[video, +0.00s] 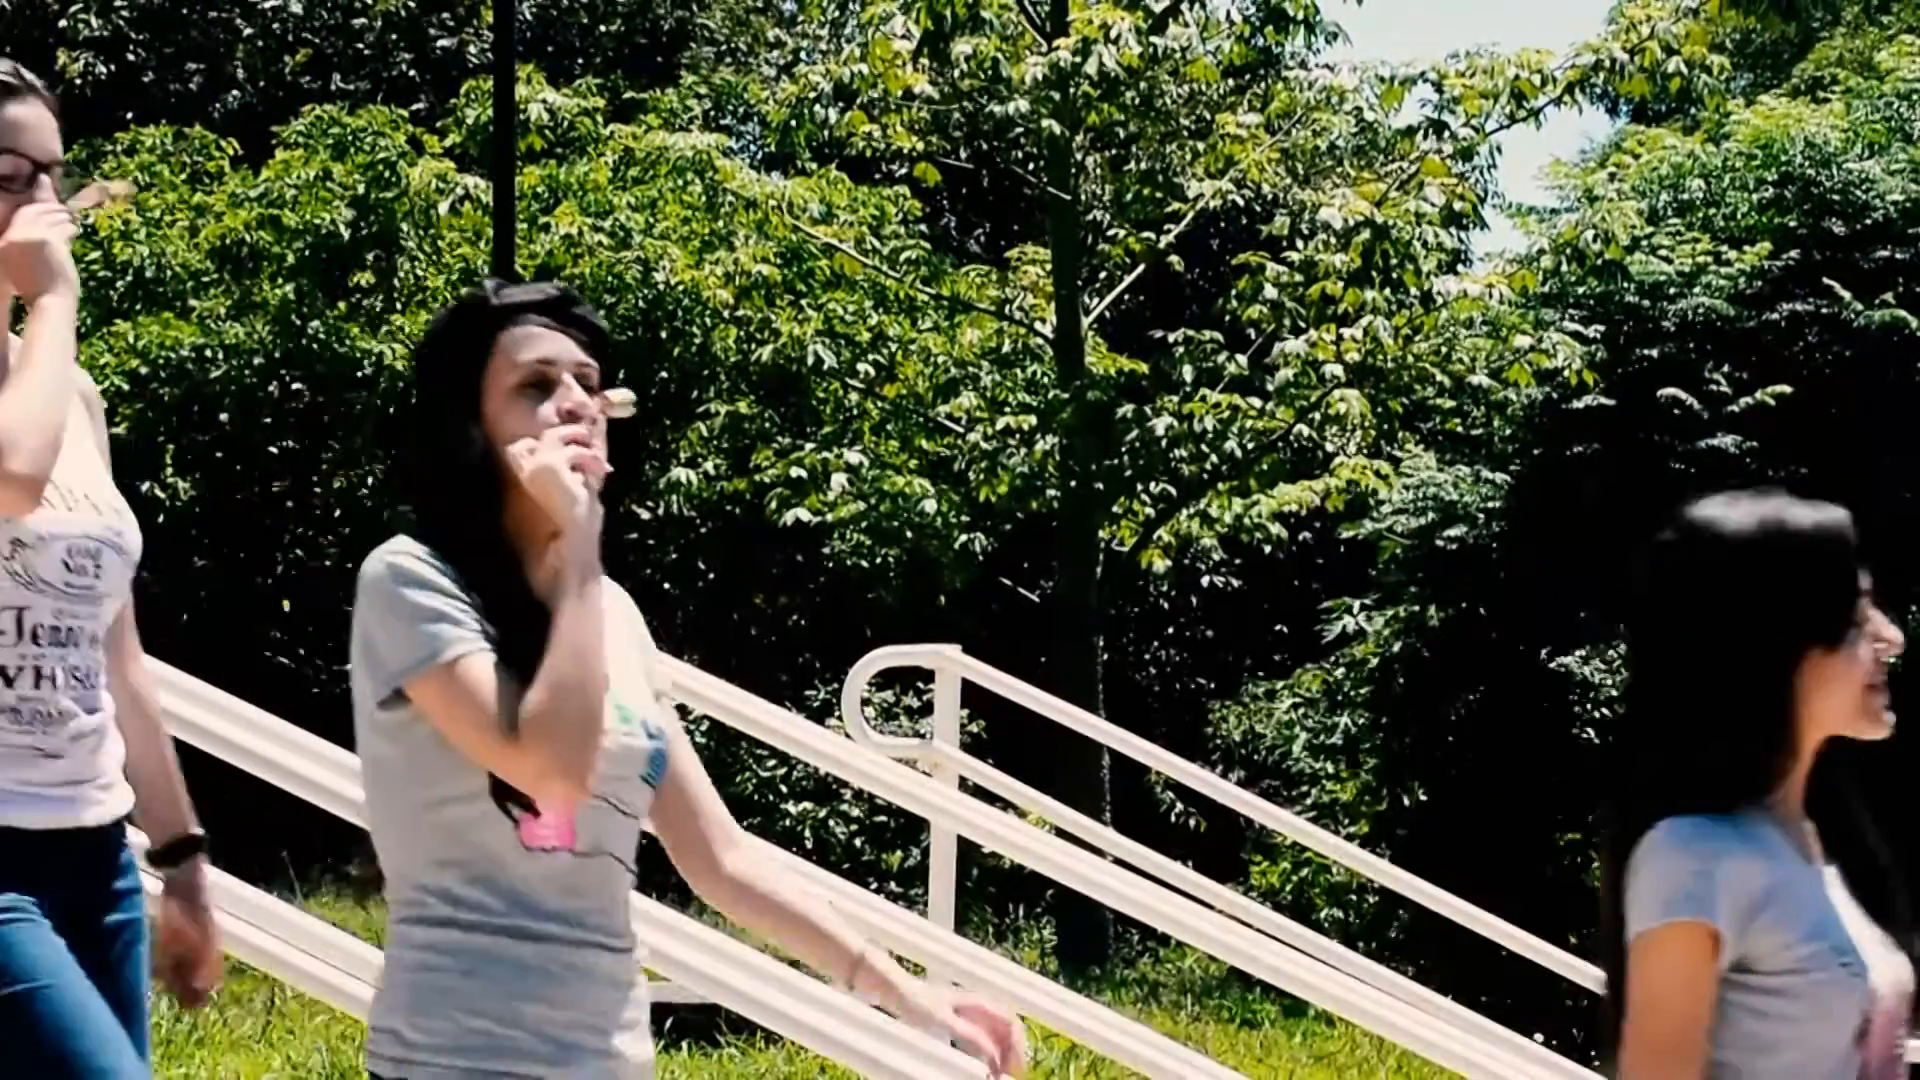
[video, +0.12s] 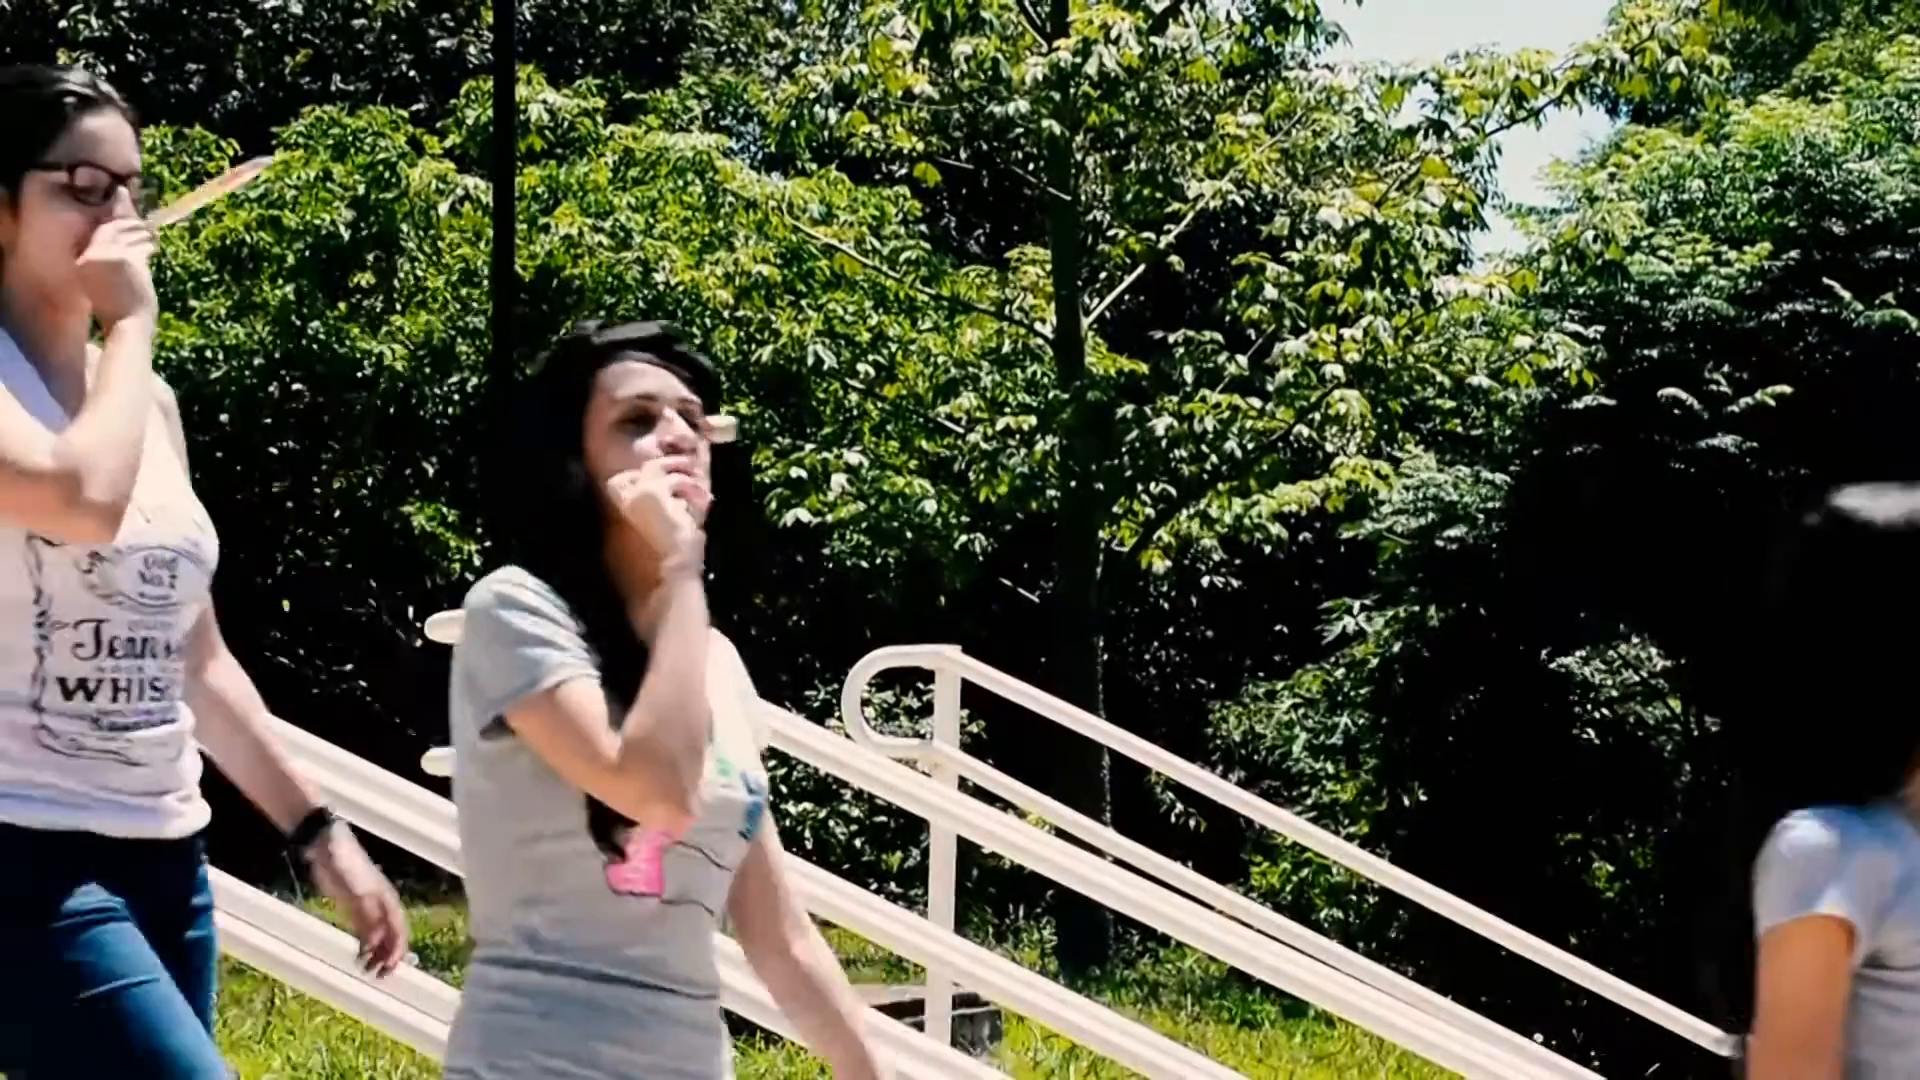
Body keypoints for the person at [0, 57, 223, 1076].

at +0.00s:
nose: (39, 198)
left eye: (51, 174)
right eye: (11, 173)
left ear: (67, 188)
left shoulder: (76, 397)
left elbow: (120, 659)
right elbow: (17, 477)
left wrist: (179, 855)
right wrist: (53, 296)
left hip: (100, 863)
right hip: (5, 865)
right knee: (112, 1070)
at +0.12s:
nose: (120, 213)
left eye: (132, 187)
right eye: (83, 186)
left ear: (145, 200)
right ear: (1, 207)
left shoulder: (148, 398)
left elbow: (198, 656)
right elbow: (87, 498)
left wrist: (318, 833)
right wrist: (132, 322)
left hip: (170, 861)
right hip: (34, 858)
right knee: (198, 1065)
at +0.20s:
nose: (171, 205)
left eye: (184, 179)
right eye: (135, 178)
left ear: (199, 187)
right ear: (42, 190)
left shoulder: (205, 388)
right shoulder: (12, 357)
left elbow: (257, 642)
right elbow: (136, 494)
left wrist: (397, 772)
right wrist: (179, 317)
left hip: (220, 855)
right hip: (66, 851)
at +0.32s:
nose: (255, 246)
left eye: (264, 220)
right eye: (219, 218)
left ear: (278, 225)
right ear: (123, 226)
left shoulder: (274, 419)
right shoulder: (56, 390)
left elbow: (326, 679)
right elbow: (222, 535)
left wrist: (474, 777)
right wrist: (260, 355)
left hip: (302, 900)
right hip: (143, 899)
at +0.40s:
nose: (321, 328)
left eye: (333, 301)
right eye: (288, 297)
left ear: (347, 312)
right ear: (189, 301)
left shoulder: (318, 496)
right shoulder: (123, 467)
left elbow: (345, 762)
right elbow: (283, 633)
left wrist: (523, 868)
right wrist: (332, 441)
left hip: (345, 988)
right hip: (175, 985)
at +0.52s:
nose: (423, 410)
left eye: (435, 383)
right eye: (391, 377)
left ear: (450, 398)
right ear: (292, 373)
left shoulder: (404, 559)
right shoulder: (217, 537)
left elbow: (404, 837)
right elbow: (353, 737)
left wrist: (539, 983)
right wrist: (426, 538)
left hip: (412, 1030)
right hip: (244, 1024)